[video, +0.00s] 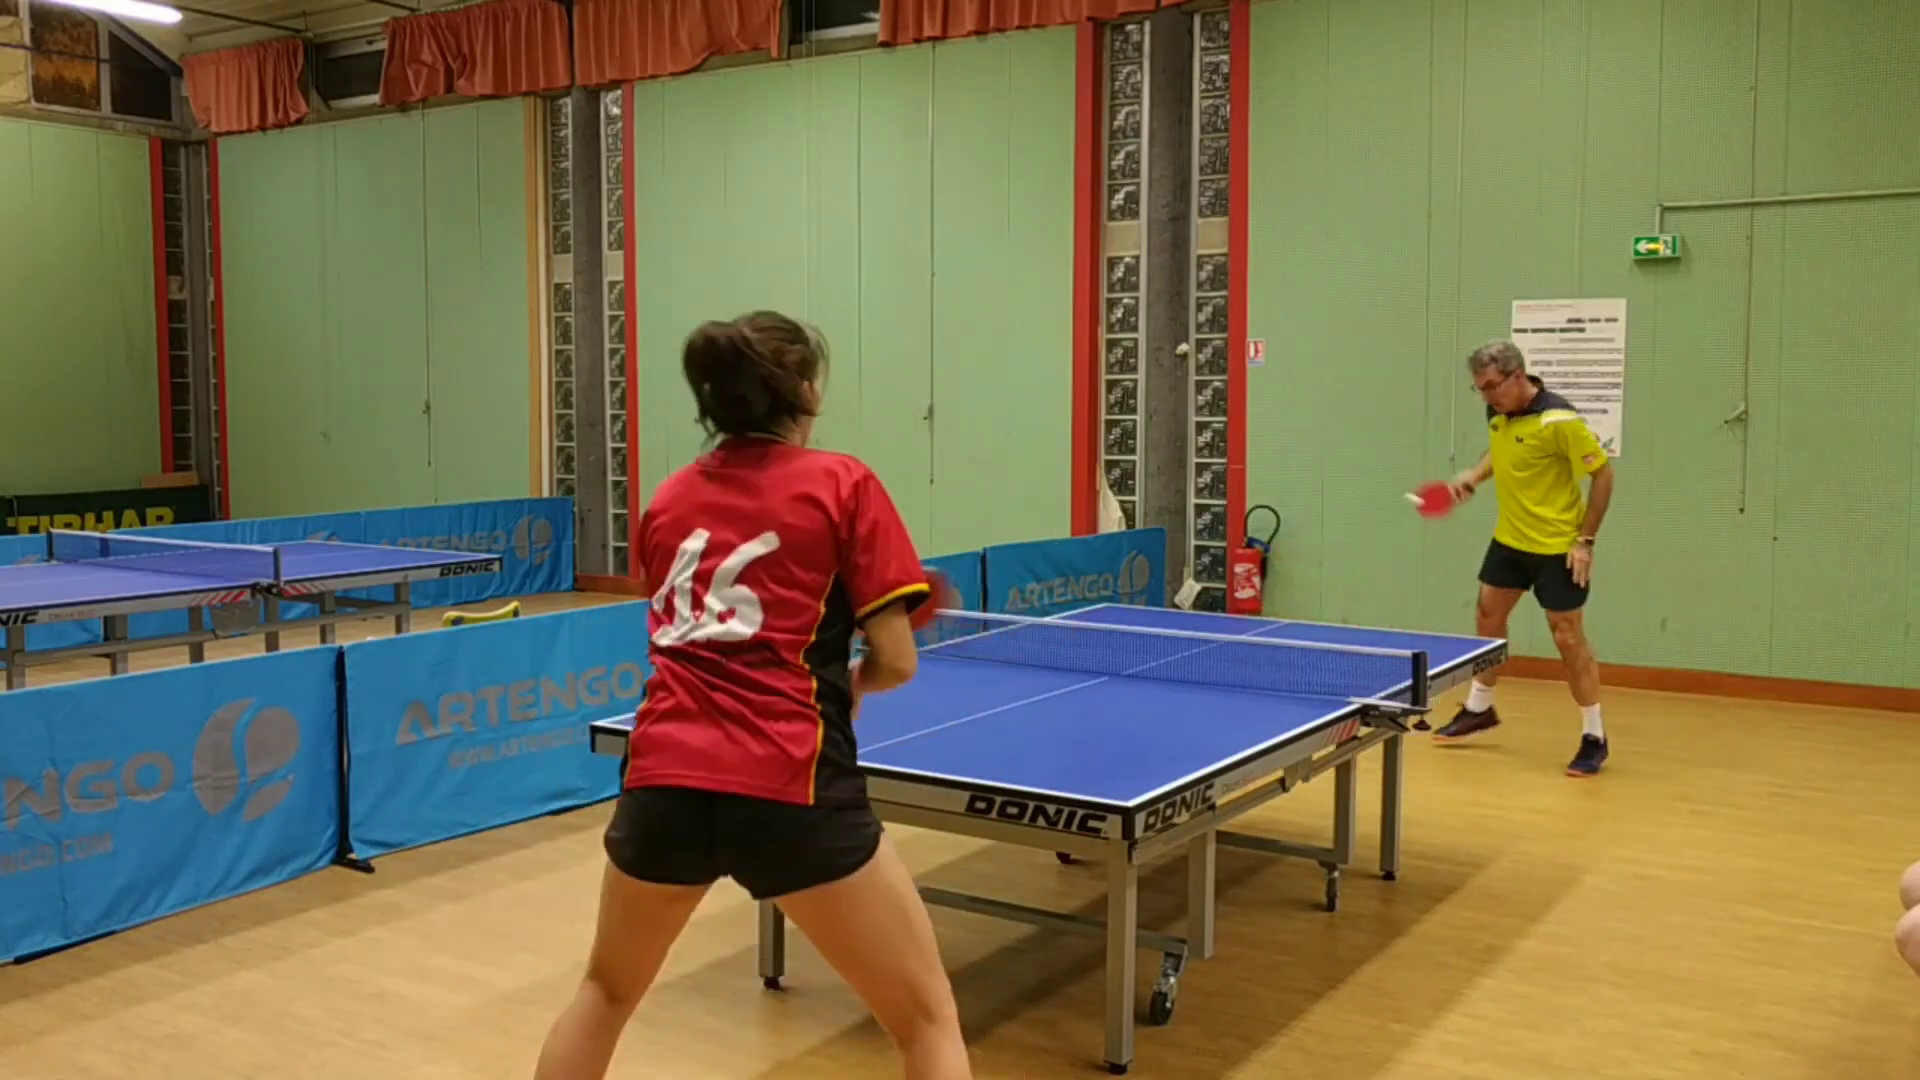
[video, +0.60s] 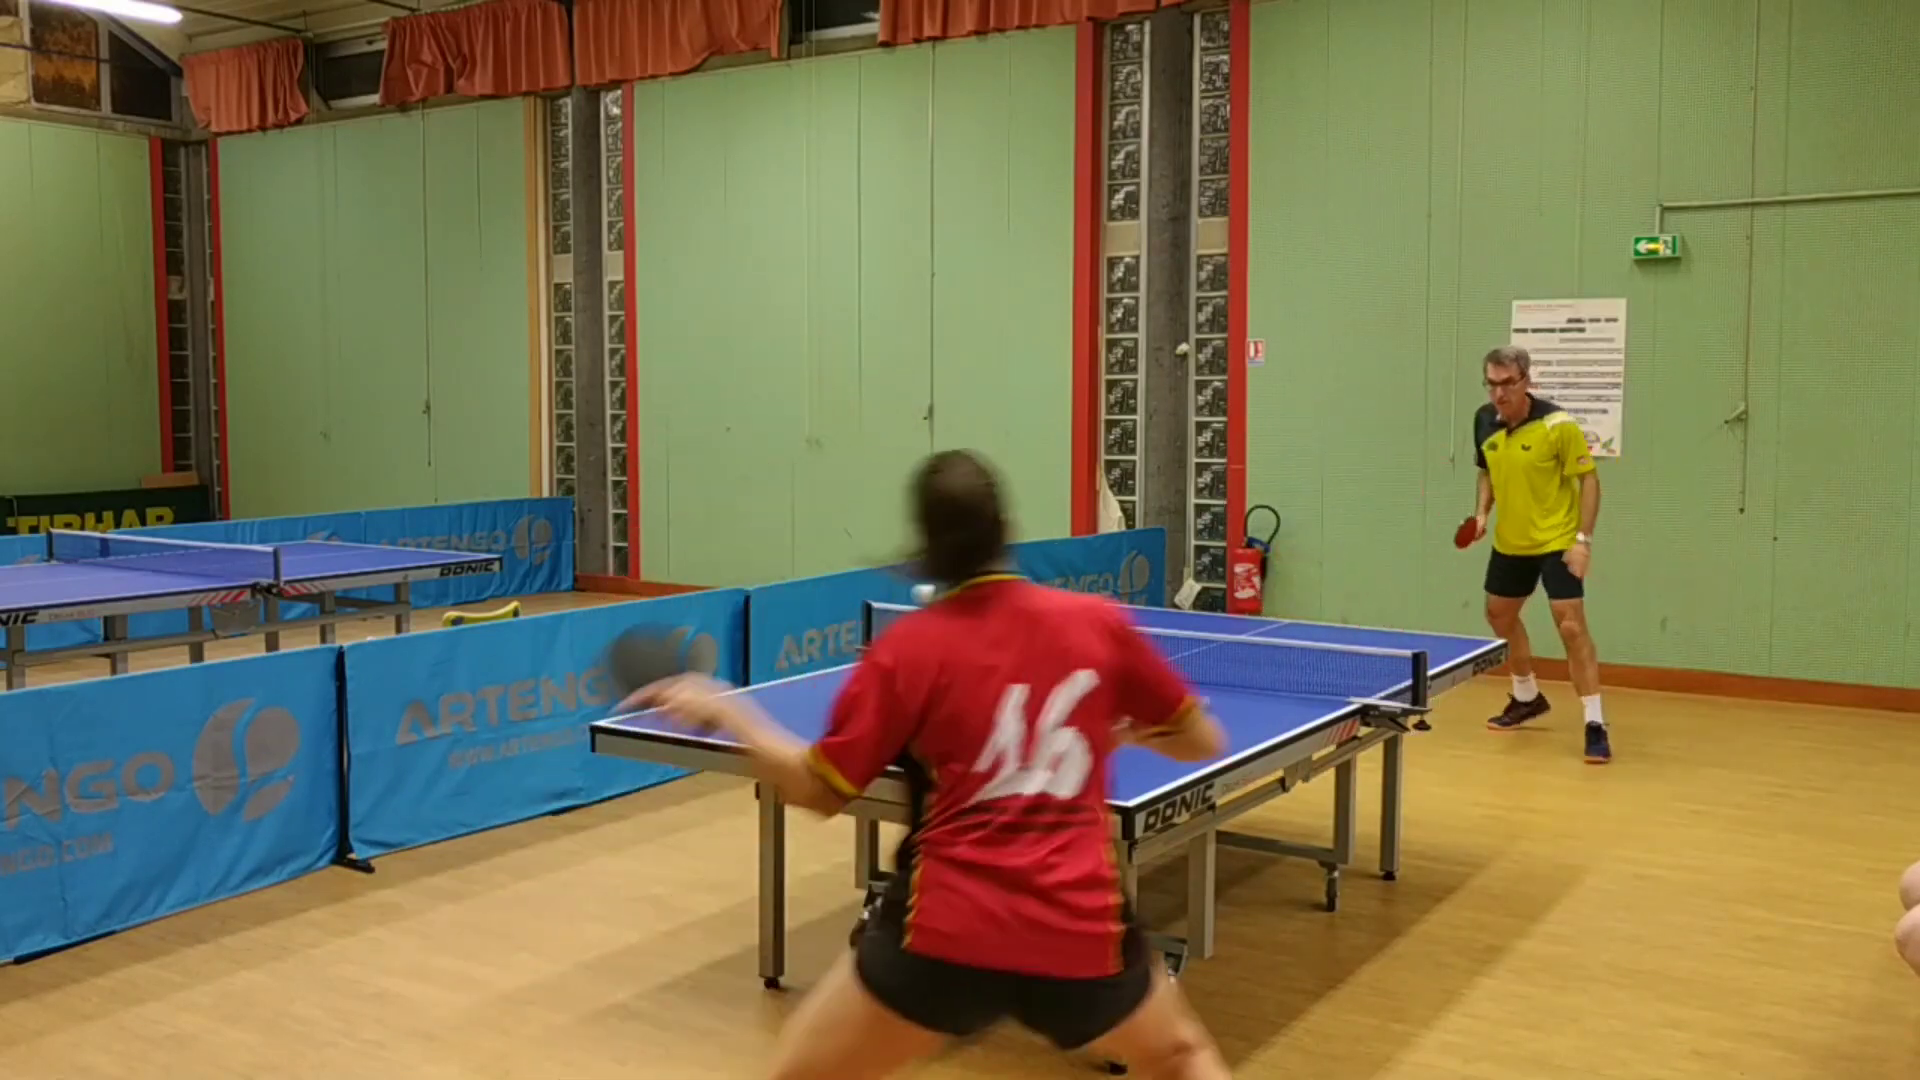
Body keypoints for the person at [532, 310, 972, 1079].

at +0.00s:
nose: (818, 393)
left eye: (817, 381)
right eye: (815, 381)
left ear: (717, 396)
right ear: (802, 391)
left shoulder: (667, 499)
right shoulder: (843, 485)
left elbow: (673, 632)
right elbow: (895, 660)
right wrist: (836, 685)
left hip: (664, 783)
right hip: (792, 789)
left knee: (604, 991)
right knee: (924, 1018)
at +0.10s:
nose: (800, 420)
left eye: (797, 408)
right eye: (798, 409)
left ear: (697, 423)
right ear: (786, 421)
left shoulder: (641, 532)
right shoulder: (839, 527)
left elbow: (617, 682)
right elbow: (912, 692)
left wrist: (710, 672)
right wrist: (872, 729)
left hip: (663, 830)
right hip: (801, 829)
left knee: (581, 1043)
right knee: (921, 1052)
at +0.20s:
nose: (787, 466)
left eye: (783, 453)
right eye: (785, 455)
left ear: (686, 470)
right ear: (774, 467)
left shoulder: (633, 584)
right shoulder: (837, 574)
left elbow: (570, 745)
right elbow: (927, 723)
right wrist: (889, 771)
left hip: (679, 885)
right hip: (821, 882)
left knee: (571, 1066)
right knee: (940, 1068)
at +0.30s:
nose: (795, 473)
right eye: (791, 461)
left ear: (685, 491)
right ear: (781, 478)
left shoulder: (654, 597)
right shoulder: (856, 570)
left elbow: (583, 756)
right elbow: (951, 707)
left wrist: (552, 812)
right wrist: (918, 771)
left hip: (739, 879)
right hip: (876, 863)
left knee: (606, 1062)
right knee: (987, 1033)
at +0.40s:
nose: (836, 496)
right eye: (830, 488)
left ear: (729, 512)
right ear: (820, 499)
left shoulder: (720, 609)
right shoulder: (893, 582)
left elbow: (656, 767)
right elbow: (1001, 710)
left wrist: (550, 820)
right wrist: (976, 773)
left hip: (816, 897)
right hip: (948, 877)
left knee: (623, 1045)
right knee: (1040, 1053)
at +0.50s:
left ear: (801, 544)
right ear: (890, 534)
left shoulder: (811, 641)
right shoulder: (966, 622)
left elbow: (742, 796)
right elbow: (1079, 729)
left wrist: (609, 792)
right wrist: (1040, 757)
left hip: (877, 944)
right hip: (999, 937)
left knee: (667, 1059)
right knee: (1098, 1073)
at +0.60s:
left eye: (926, 517)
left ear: (923, 535)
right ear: (1004, 524)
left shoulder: (910, 648)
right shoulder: (1096, 623)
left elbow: (821, 787)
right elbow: (1201, 740)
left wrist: (728, 708)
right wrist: (1118, 718)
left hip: (948, 931)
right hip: (1082, 928)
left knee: (803, 1068)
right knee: (1185, 1058)